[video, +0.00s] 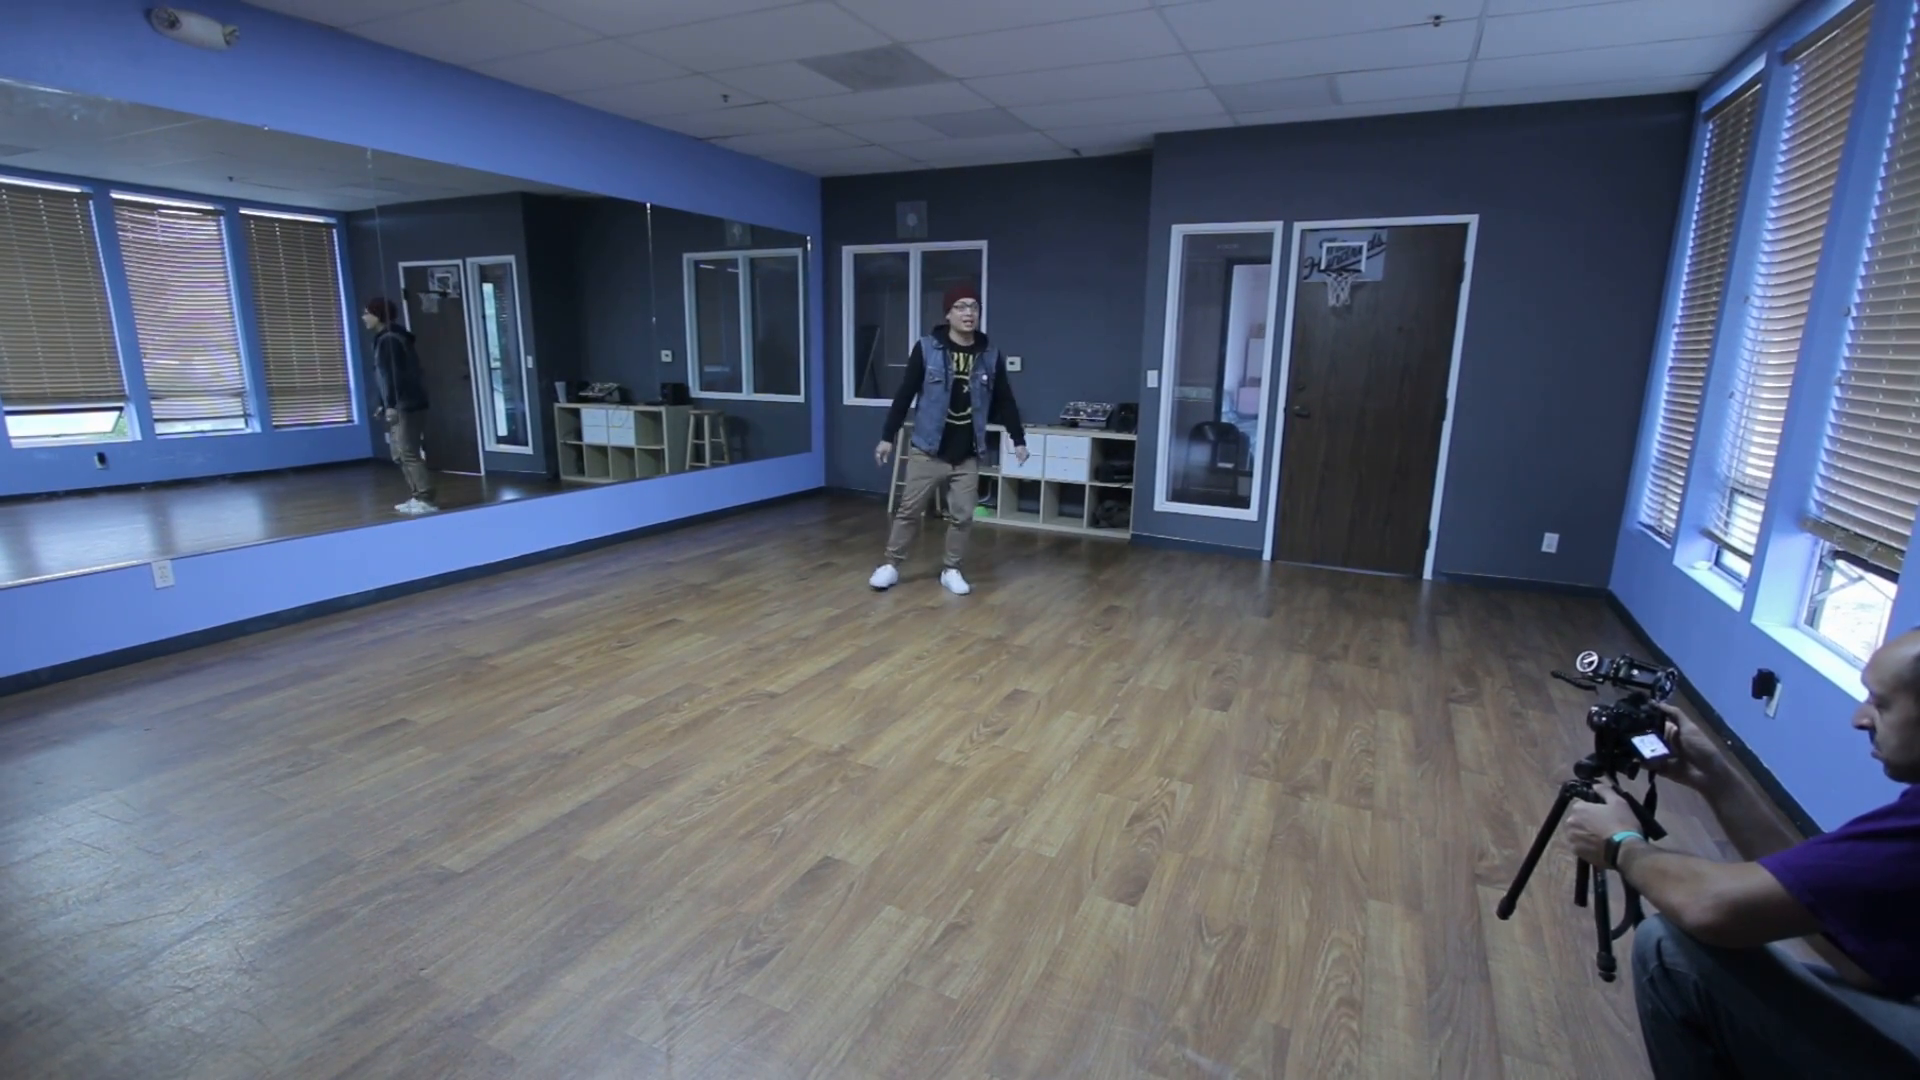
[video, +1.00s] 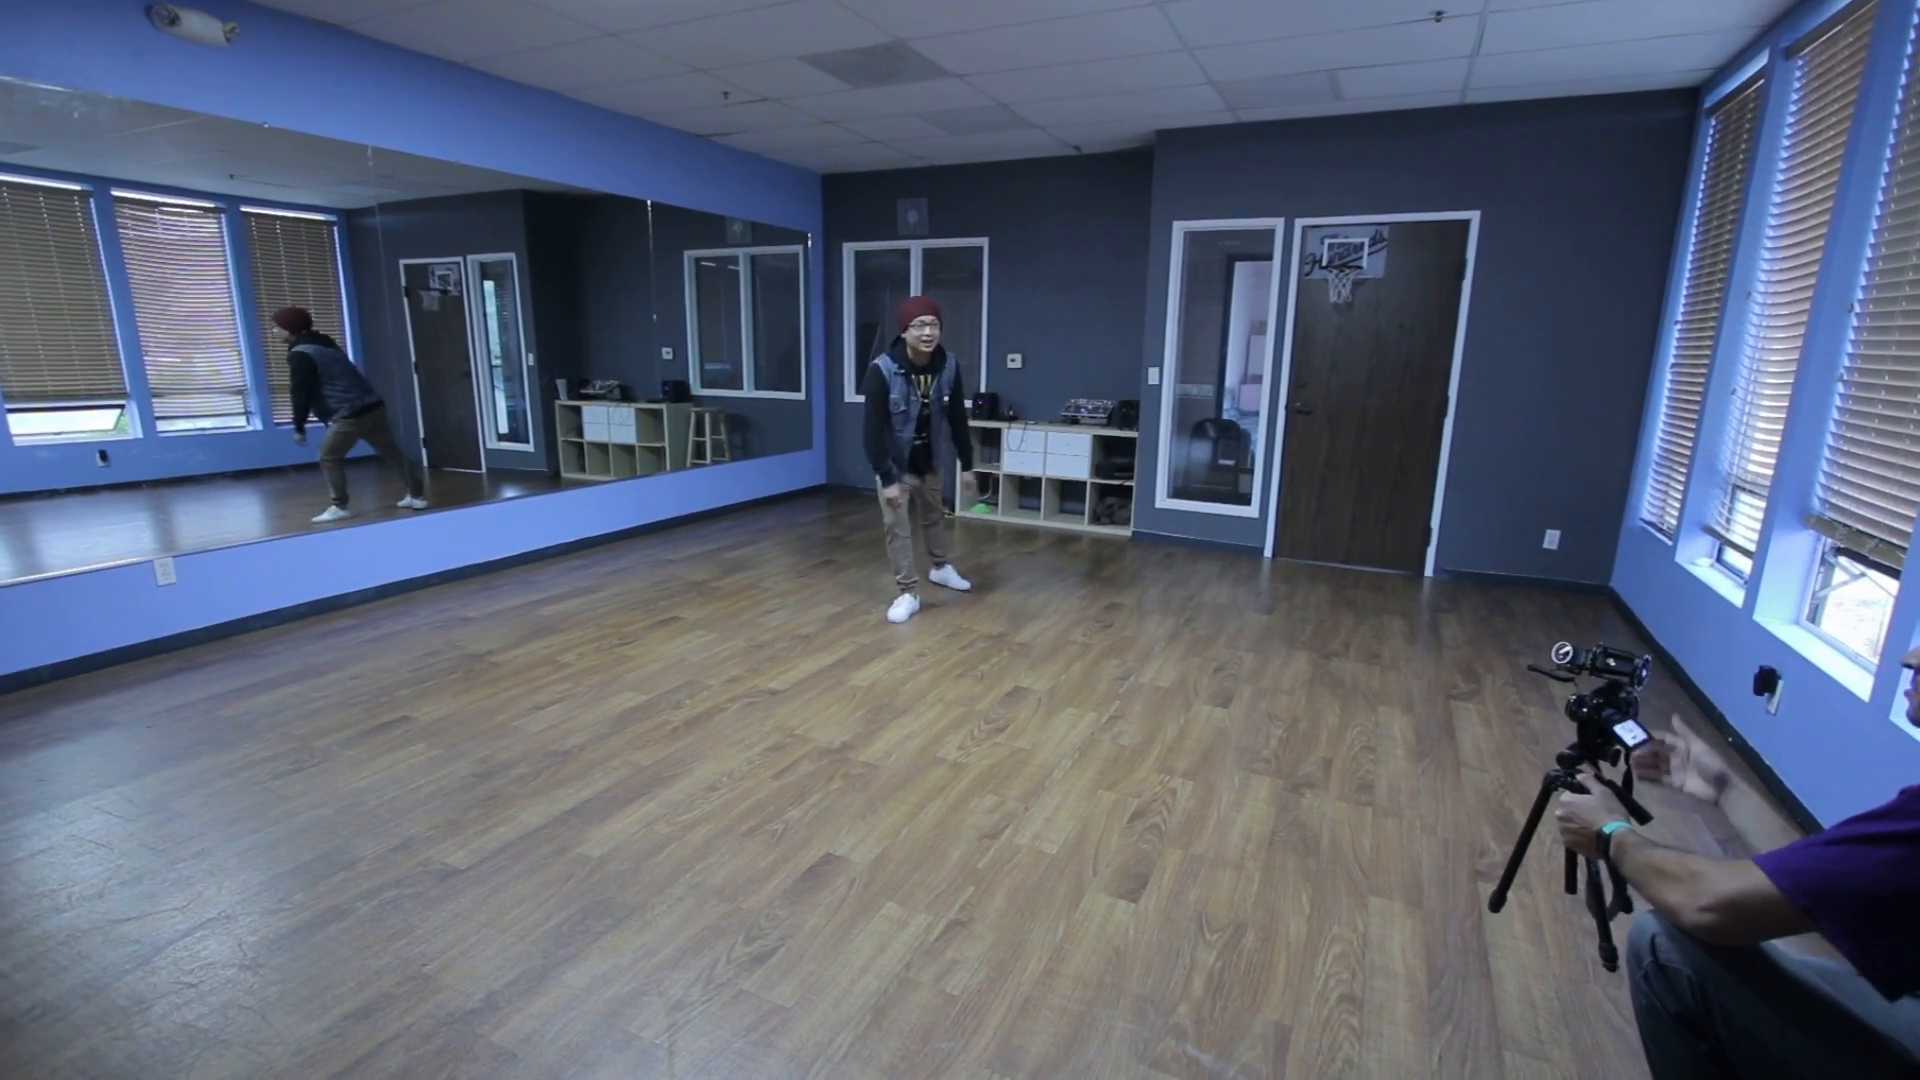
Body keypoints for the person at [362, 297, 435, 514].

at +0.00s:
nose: (364, 319)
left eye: (367, 314)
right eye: (364, 314)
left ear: (380, 316)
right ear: (379, 317)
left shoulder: (391, 339)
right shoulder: (383, 339)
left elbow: (392, 374)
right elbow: (386, 376)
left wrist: (391, 404)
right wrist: (383, 404)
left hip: (406, 403)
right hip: (397, 404)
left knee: (408, 451)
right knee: (400, 453)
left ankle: (425, 497)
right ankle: (417, 496)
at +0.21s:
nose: (355, 317)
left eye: (358, 312)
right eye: (355, 312)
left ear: (371, 314)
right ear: (370, 314)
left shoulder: (383, 337)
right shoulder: (377, 336)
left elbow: (392, 371)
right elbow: (383, 375)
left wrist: (397, 401)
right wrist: (380, 403)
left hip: (397, 404)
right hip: (404, 403)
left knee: (392, 451)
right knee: (411, 452)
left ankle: (400, 497)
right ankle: (422, 497)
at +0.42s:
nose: (351, 320)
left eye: (354, 316)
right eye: (351, 316)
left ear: (363, 318)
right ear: (372, 317)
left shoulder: (373, 341)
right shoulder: (385, 336)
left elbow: (382, 378)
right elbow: (387, 377)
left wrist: (381, 411)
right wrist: (386, 406)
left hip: (388, 410)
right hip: (400, 408)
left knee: (370, 451)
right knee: (398, 452)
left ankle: (375, 500)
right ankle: (421, 496)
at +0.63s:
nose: (334, 321)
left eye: (337, 316)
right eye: (335, 316)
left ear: (349, 318)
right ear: (358, 318)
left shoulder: (355, 343)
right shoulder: (375, 336)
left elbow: (360, 382)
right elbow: (386, 376)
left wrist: (357, 415)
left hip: (370, 413)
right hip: (388, 409)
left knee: (359, 458)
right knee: (397, 454)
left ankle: (348, 505)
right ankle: (422, 497)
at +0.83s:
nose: (303, 324)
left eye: (307, 321)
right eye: (304, 320)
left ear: (317, 324)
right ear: (329, 322)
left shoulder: (323, 348)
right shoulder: (348, 338)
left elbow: (328, 386)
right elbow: (358, 376)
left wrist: (323, 420)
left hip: (359, 413)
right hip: (380, 408)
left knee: (337, 457)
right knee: (397, 453)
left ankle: (341, 507)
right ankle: (422, 496)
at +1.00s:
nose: (275, 331)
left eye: (278, 327)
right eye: (275, 326)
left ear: (290, 330)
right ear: (303, 327)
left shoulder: (299, 354)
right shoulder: (323, 342)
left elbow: (300, 392)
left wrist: (299, 427)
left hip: (350, 411)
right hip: (372, 405)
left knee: (329, 458)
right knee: (392, 453)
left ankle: (340, 506)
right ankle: (417, 495)